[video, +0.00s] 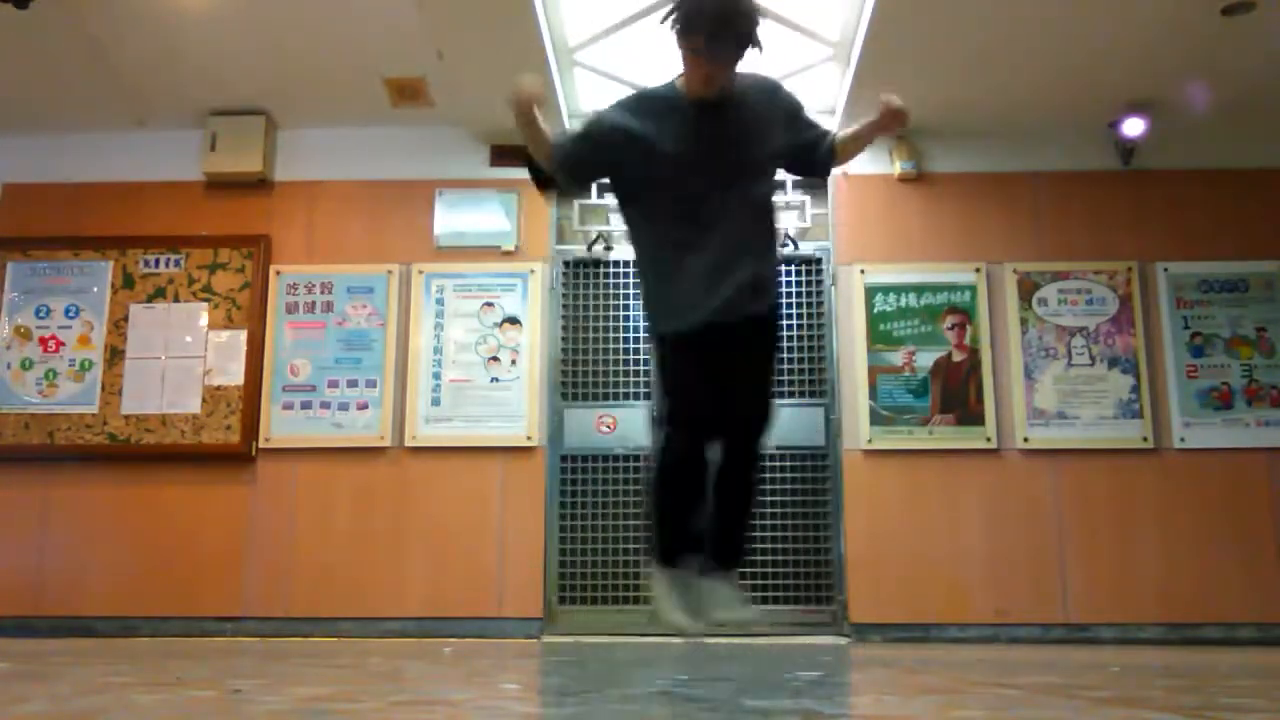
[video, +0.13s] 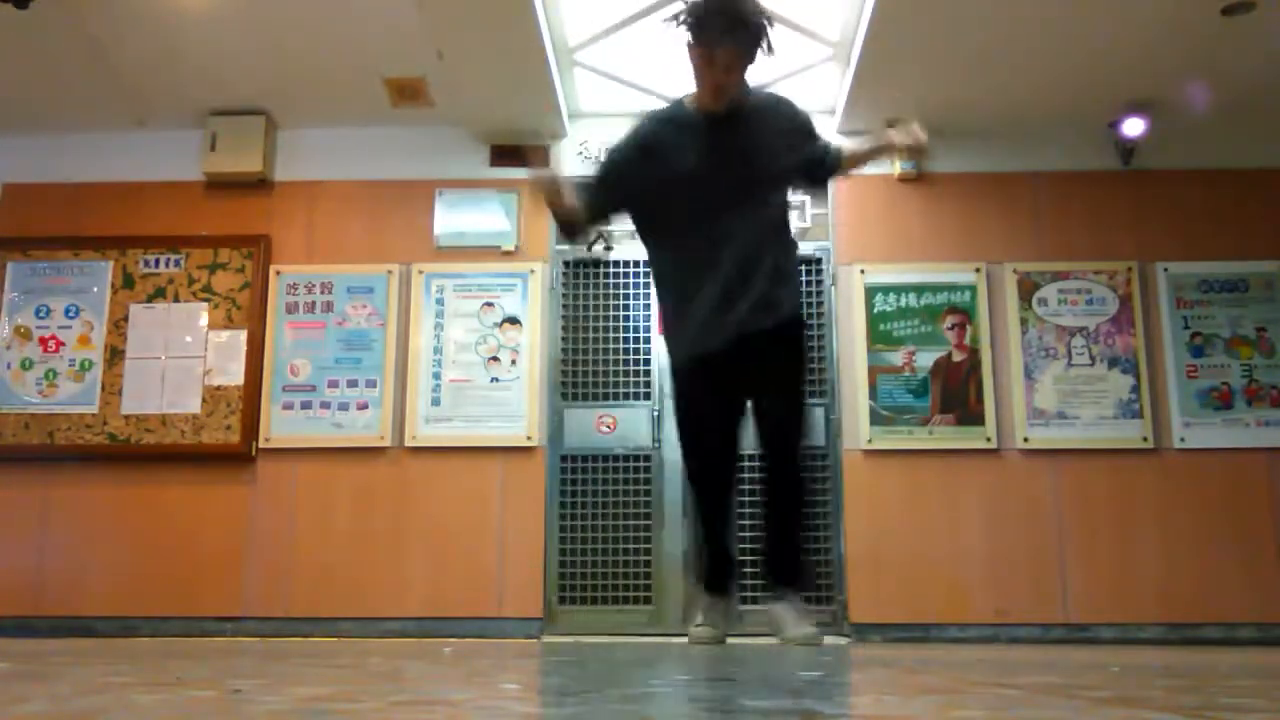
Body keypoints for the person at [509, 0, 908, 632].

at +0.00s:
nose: (721, 70)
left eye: (733, 55)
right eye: (712, 55)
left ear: (745, 49)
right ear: (687, 44)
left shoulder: (764, 103)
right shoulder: (637, 118)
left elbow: (819, 156)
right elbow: (561, 170)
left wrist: (874, 129)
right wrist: (530, 121)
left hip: (753, 304)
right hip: (679, 310)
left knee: (744, 439)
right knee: (685, 436)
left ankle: (718, 574)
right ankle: (669, 568)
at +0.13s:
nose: (721, 74)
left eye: (734, 60)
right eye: (710, 57)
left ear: (752, 55)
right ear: (691, 52)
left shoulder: (775, 119)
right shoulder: (654, 139)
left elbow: (821, 166)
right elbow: (584, 216)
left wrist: (883, 145)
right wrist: (556, 193)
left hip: (776, 320)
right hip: (696, 329)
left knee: (784, 458)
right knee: (709, 467)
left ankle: (786, 596)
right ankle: (715, 597)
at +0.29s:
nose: (749, 102)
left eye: (760, 88)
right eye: (738, 88)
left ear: (776, 88)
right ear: (716, 85)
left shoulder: (804, 153)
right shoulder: (679, 174)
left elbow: (872, 177)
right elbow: (628, 247)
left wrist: (954, 162)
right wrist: (603, 277)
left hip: (802, 343)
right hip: (724, 349)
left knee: (824, 478)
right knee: (751, 455)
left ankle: (796, 605)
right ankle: (721, 555)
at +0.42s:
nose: (756, 69)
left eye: (768, 58)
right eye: (747, 55)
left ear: (785, 54)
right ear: (728, 47)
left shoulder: (807, 107)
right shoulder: (691, 119)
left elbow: (871, 134)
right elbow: (622, 171)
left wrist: (911, 119)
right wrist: (668, 166)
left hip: (808, 279)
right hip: (729, 275)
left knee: (812, 428)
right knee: (799, 325)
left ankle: (793, 579)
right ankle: (762, 464)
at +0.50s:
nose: (768, 48)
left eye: (781, 36)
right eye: (759, 33)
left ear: (794, 34)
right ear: (738, 25)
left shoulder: (806, 88)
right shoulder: (695, 94)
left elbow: (859, 143)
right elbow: (682, 170)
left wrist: (872, 124)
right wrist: (764, 164)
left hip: (803, 258)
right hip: (725, 254)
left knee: (813, 409)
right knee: (800, 312)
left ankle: (784, 565)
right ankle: (821, 480)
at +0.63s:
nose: (792, 51)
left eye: (803, 40)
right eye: (782, 35)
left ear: (812, 45)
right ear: (754, 30)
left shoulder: (808, 122)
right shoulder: (716, 111)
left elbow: (818, 185)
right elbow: (749, 199)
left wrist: (788, 183)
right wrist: (841, 234)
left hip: (789, 286)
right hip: (724, 286)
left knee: (800, 433)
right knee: (813, 390)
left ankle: (798, 600)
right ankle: (938, 494)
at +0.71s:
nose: (803, 92)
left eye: (813, 80)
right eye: (793, 76)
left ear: (820, 85)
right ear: (762, 68)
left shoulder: (807, 162)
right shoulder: (724, 133)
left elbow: (860, 201)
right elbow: (731, 196)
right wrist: (801, 236)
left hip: (783, 332)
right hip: (721, 330)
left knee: (809, 450)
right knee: (830, 393)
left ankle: (791, 612)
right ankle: (940, 525)